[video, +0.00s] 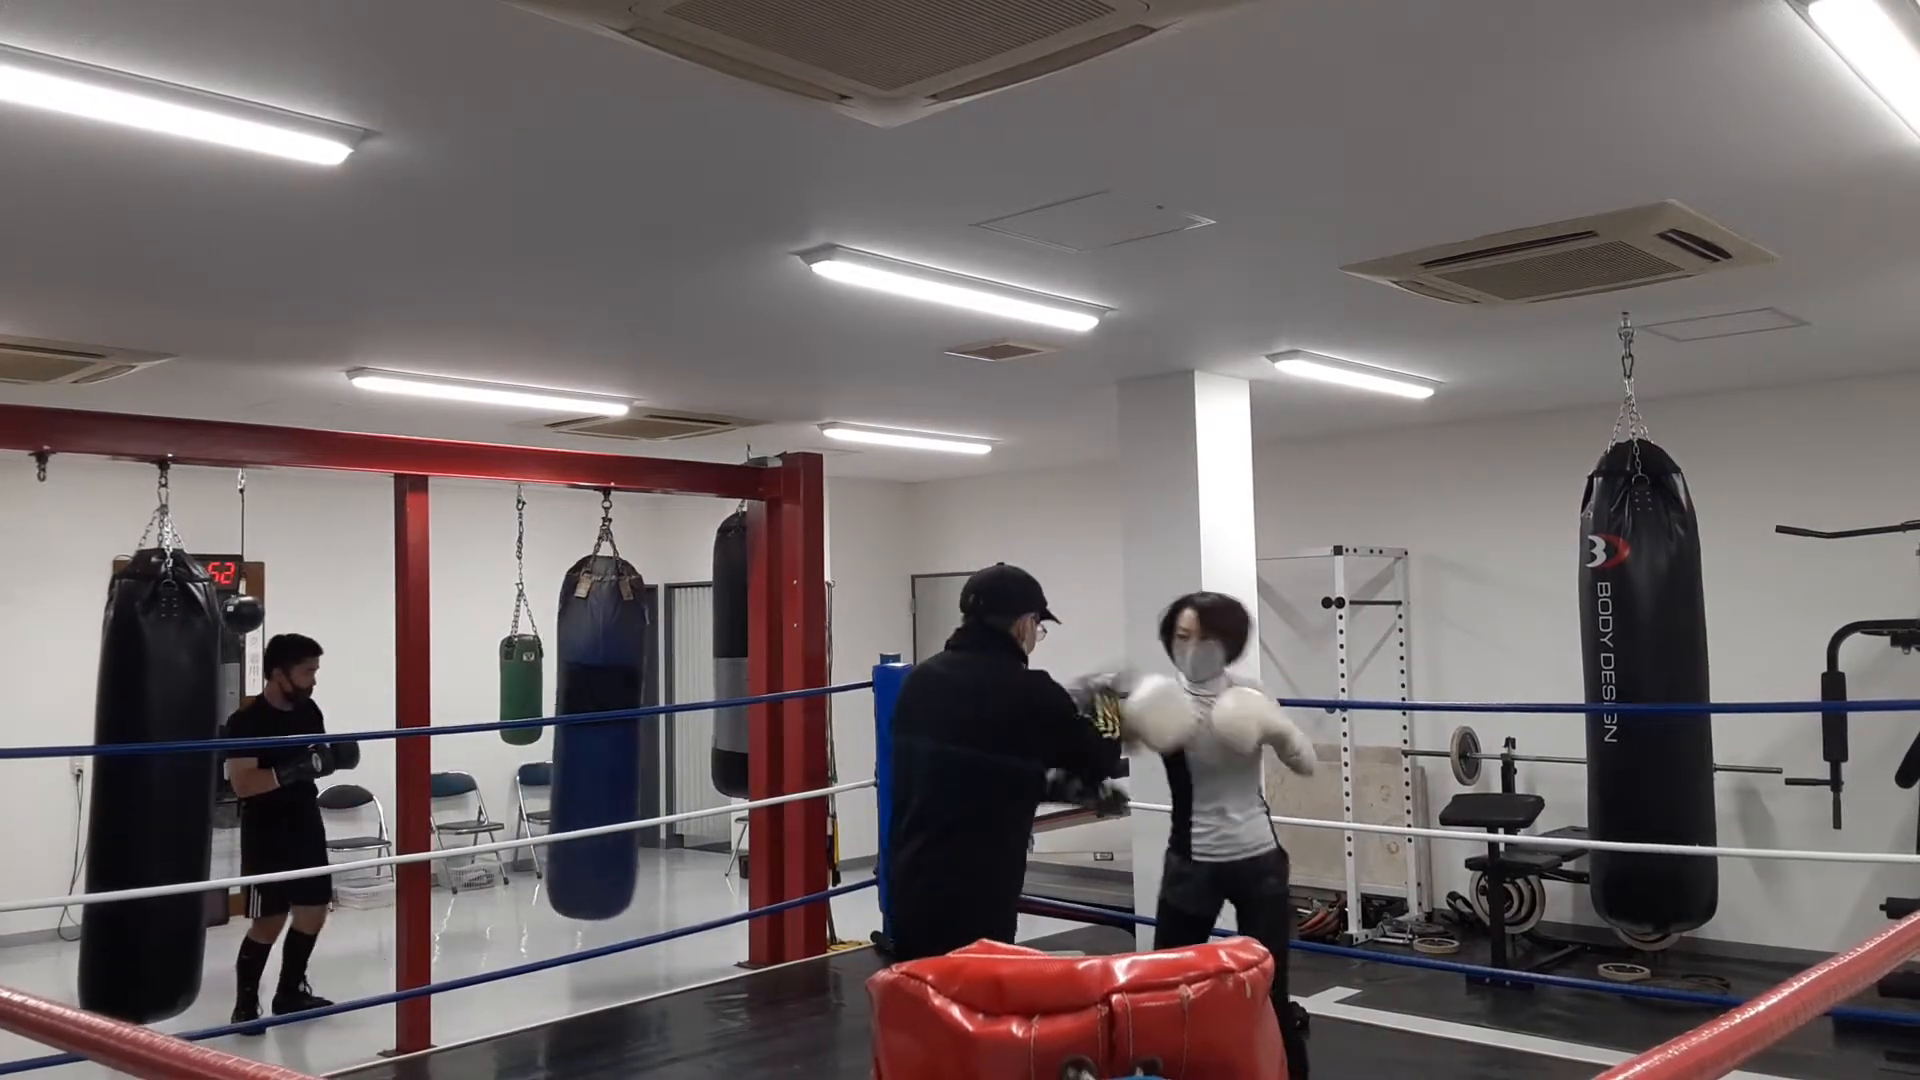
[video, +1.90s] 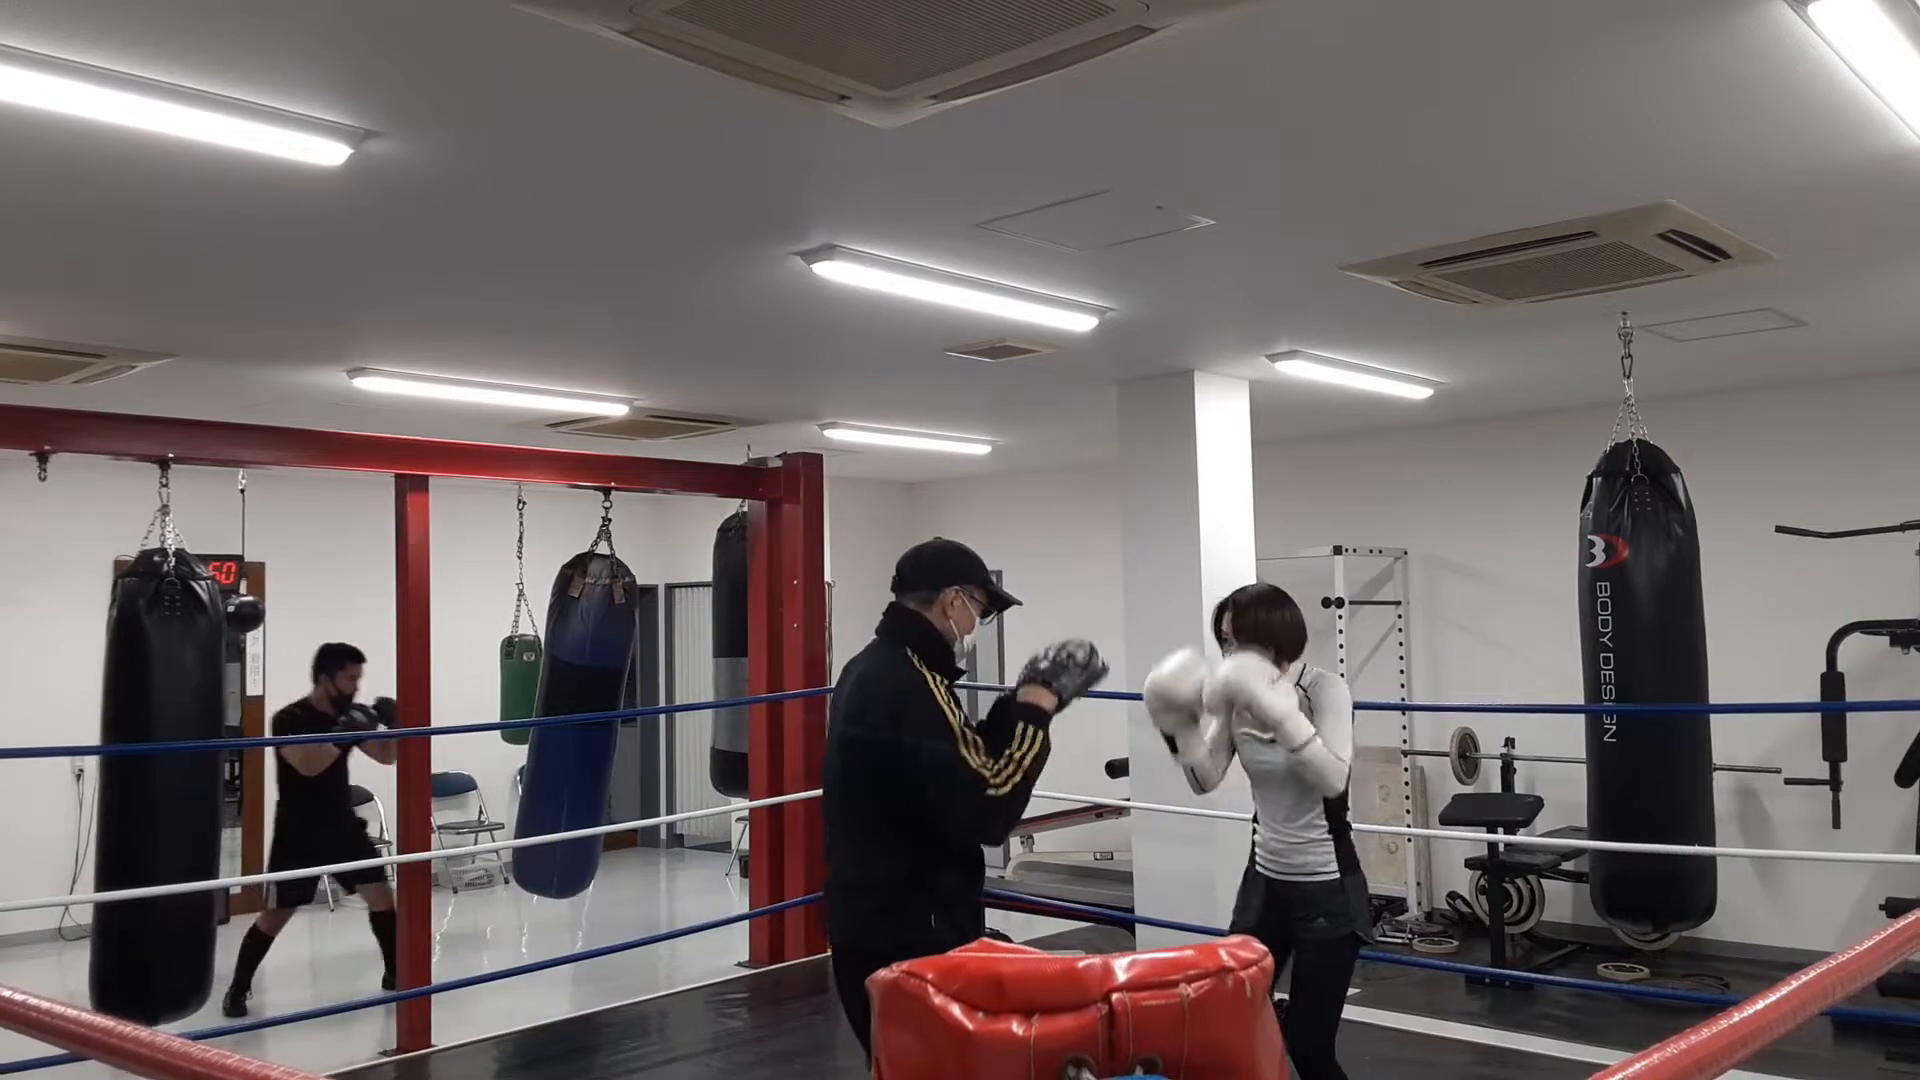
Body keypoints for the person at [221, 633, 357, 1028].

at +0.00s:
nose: (315, 678)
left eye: (316, 671)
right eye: (308, 671)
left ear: (293, 673)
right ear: (280, 673)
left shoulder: (309, 713)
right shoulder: (246, 721)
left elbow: (312, 762)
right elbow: (243, 784)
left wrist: (336, 758)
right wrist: (293, 771)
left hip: (305, 821)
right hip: (265, 826)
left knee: (312, 909)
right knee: (271, 916)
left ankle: (290, 991)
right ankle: (246, 1001)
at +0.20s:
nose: (319, 677)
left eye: (320, 669)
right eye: (313, 670)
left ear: (296, 672)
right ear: (285, 671)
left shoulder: (312, 711)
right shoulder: (250, 720)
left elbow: (319, 759)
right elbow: (246, 782)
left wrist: (341, 756)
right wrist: (300, 769)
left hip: (309, 819)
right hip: (267, 825)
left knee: (332, 901)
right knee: (271, 914)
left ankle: (323, 982)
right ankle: (246, 1003)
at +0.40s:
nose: (347, 685)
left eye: (349, 677)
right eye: (341, 678)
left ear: (343, 675)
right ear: (315, 676)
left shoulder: (340, 716)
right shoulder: (279, 721)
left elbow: (338, 765)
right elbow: (267, 781)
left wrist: (360, 765)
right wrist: (317, 776)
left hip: (325, 820)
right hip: (283, 824)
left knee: (351, 899)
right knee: (282, 911)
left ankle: (368, 977)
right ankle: (251, 1001)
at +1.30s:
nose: (311, 677)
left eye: (314, 669)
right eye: (304, 669)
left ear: (316, 668)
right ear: (279, 667)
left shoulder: (308, 707)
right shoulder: (247, 707)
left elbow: (346, 749)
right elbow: (257, 755)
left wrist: (355, 724)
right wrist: (300, 721)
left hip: (303, 818)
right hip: (257, 821)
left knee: (327, 891)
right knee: (250, 903)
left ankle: (329, 976)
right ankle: (234, 988)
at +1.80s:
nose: (334, 682)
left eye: (336, 675)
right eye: (328, 674)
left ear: (325, 674)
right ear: (303, 673)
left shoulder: (326, 712)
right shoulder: (267, 717)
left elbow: (373, 746)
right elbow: (290, 756)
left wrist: (378, 718)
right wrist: (322, 723)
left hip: (327, 827)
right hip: (283, 831)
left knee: (360, 897)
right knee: (268, 912)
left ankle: (389, 974)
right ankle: (236, 991)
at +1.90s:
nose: (355, 686)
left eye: (357, 678)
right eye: (348, 678)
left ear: (355, 679)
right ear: (324, 678)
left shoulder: (348, 718)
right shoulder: (288, 719)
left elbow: (386, 755)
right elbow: (307, 763)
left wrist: (393, 724)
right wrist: (346, 731)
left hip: (343, 828)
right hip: (298, 832)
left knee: (380, 896)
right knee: (277, 912)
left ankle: (395, 972)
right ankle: (238, 989)